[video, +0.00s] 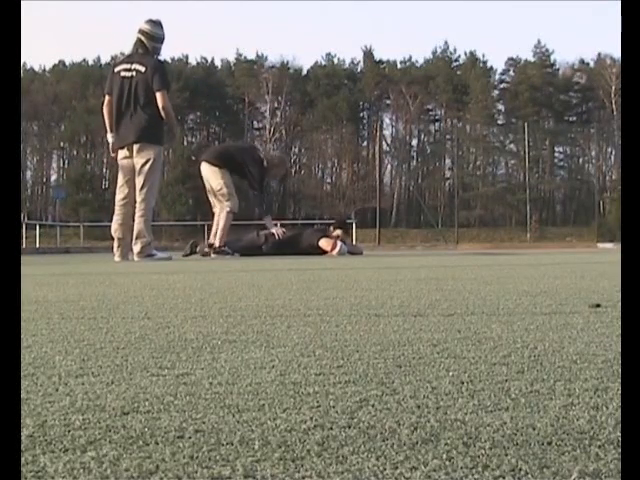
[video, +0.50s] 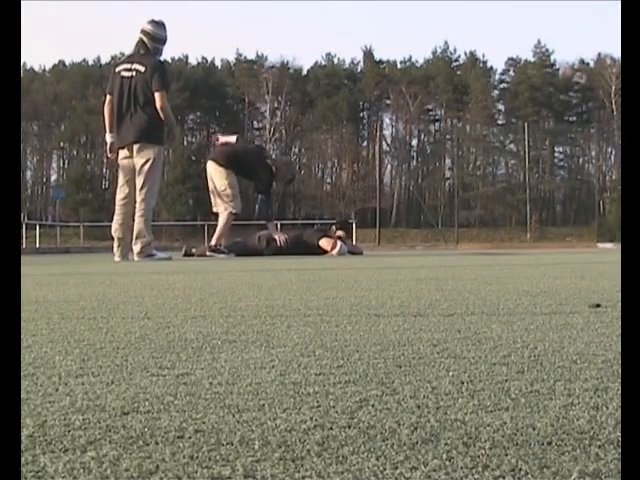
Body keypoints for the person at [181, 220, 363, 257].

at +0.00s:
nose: (338, 241)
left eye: (340, 239)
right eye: (339, 237)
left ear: (334, 234)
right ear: (333, 233)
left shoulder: (324, 238)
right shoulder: (319, 236)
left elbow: (355, 251)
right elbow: (333, 248)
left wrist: (345, 246)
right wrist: (351, 248)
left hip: (271, 240)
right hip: (269, 242)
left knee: (233, 245)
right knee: (232, 247)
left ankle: (203, 246)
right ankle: (201, 248)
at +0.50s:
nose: (339, 243)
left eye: (341, 241)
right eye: (340, 240)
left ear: (334, 234)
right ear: (335, 236)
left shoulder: (323, 238)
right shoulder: (320, 236)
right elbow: (334, 249)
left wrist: (345, 246)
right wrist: (350, 248)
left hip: (272, 241)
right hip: (271, 242)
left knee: (234, 247)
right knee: (233, 248)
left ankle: (198, 251)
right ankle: (197, 252)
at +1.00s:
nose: (337, 239)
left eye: (341, 236)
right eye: (336, 234)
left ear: (343, 236)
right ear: (330, 231)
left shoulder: (331, 243)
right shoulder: (318, 237)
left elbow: (359, 251)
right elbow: (333, 248)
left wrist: (344, 247)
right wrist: (352, 249)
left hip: (272, 243)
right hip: (268, 239)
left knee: (233, 246)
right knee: (234, 246)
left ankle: (199, 252)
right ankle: (200, 251)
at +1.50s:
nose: (337, 242)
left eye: (340, 240)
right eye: (338, 238)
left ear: (337, 239)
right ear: (333, 235)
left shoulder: (324, 241)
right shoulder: (320, 237)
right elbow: (333, 249)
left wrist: (346, 246)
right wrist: (346, 248)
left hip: (272, 240)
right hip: (270, 241)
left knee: (232, 247)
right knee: (231, 248)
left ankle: (197, 252)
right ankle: (197, 252)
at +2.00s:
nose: (339, 242)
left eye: (342, 240)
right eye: (340, 238)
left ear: (338, 239)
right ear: (335, 235)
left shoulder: (326, 239)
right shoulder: (321, 238)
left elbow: (357, 251)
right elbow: (333, 249)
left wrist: (345, 247)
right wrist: (343, 247)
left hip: (273, 240)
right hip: (270, 242)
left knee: (234, 246)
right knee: (233, 249)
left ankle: (199, 251)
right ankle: (197, 252)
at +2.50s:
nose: (338, 242)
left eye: (341, 240)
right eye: (340, 239)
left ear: (338, 238)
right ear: (336, 236)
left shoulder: (326, 241)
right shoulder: (323, 238)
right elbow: (331, 247)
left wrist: (346, 247)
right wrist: (340, 248)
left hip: (275, 245)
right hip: (274, 245)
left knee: (235, 246)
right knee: (235, 247)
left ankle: (200, 251)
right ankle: (201, 251)